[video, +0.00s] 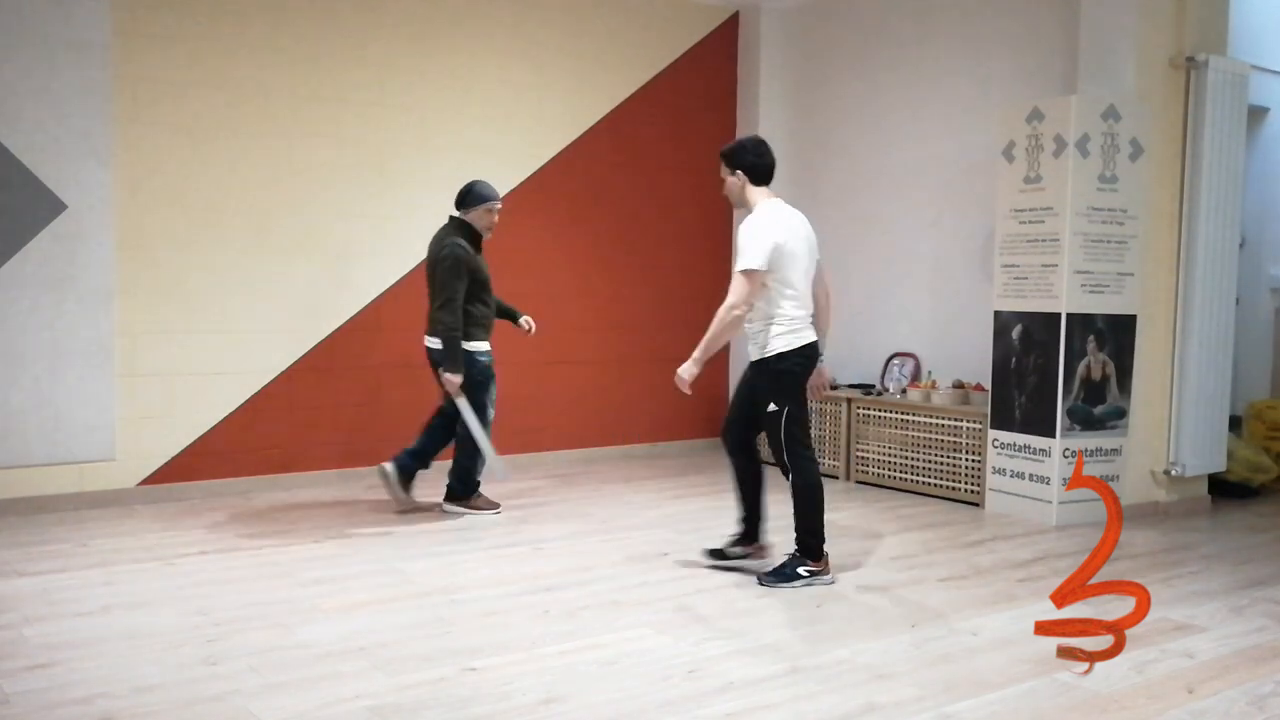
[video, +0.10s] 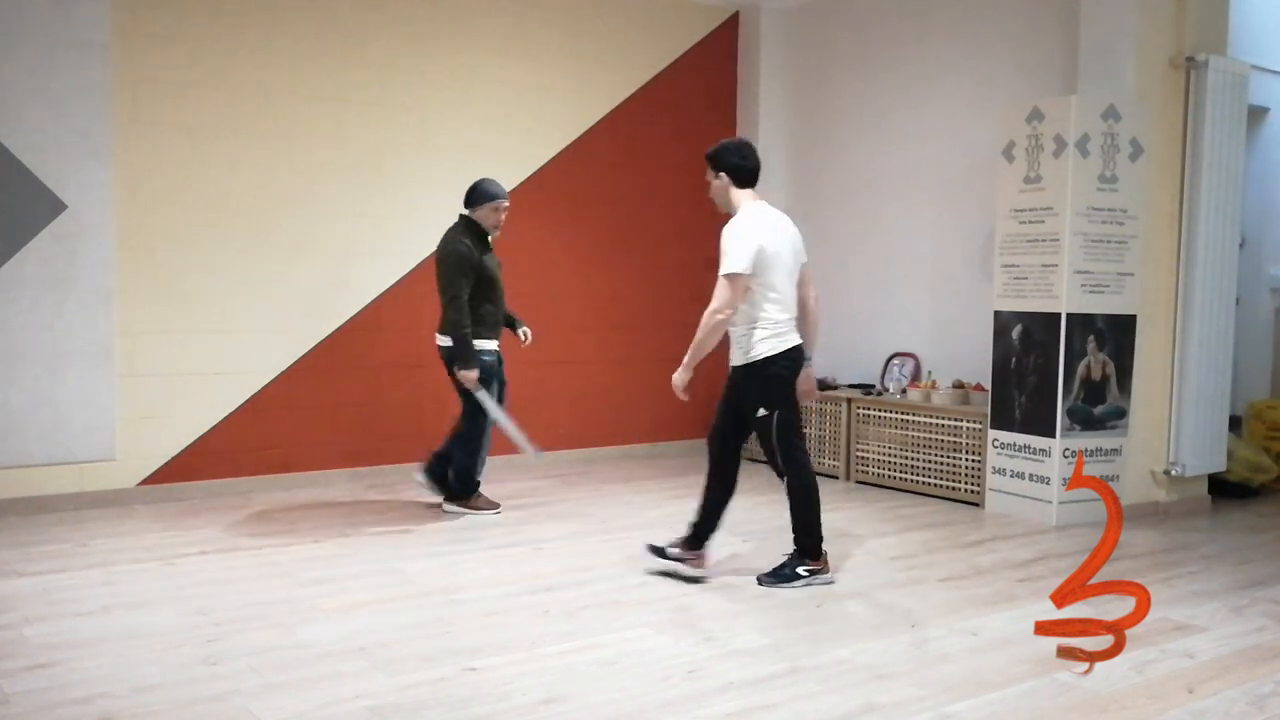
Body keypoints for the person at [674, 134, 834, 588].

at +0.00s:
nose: (722, 185)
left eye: (724, 176)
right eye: (722, 176)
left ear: (740, 176)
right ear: (763, 175)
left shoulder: (757, 224)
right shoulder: (796, 219)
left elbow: (738, 306)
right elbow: (821, 293)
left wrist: (696, 360)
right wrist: (817, 355)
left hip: (777, 355)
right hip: (797, 349)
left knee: (795, 454)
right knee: (737, 435)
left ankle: (811, 557)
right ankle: (751, 537)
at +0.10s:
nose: (708, 188)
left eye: (710, 178)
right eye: (708, 179)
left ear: (725, 177)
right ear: (750, 177)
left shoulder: (740, 228)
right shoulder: (784, 223)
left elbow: (723, 308)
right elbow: (807, 298)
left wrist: (687, 365)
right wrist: (806, 362)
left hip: (757, 362)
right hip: (785, 356)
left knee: (724, 447)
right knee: (793, 457)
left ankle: (695, 545)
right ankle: (811, 556)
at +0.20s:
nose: (691, 192)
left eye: (692, 182)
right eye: (691, 183)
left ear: (706, 180)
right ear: (733, 180)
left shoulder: (722, 230)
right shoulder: (765, 228)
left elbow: (708, 311)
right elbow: (789, 302)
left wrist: (680, 371)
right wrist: (787, 366)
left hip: (737, 366)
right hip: (765, 361)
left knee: (707, 462)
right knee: (774, 461)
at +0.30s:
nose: (671, 189)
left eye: (672, 179)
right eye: (672, 179)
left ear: (685, 179)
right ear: (712, 179)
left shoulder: (704, 224)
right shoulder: (743, 226)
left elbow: (696, 305)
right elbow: (763, 307)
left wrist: (673, 372)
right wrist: (761, 371)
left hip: (714, 366)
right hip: (734, 362)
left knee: (734, 459)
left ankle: (797, 542)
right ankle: (664, 555)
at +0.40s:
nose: (655, 184)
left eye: (655, 175)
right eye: (656, 175)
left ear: (666, 175)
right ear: (697, 176)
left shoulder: (686, 215)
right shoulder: (723, 220)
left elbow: (681, 296)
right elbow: (727, 302)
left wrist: (663, 368)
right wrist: (723, 378)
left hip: (697, 354)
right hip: (715, 352)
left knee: (682, 451)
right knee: (677, 451)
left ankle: (764, 528)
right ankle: (662, 556)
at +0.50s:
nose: (642, 181)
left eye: (642, 173)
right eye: (641, 173)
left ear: (652, 172)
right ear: (685, 173)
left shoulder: (669, 214)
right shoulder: (709, 218)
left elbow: (664, 293)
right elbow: (718, 302)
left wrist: (644, 365)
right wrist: (708, 349)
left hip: (679, 351)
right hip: (704, 349)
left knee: (646, 450)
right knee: (670, 451)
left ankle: (722, 532)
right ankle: (663, 556)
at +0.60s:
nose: (630, 177)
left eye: (629, 170)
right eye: (630, 170)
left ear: (639, 170)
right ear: (675, 170)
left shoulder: (652, 213)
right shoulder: (699, 218)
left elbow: (643, 295)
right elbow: (706, 306)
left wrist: (620, 367)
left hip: (661, 352)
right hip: (694, 349)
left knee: (620, 450)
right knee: (666, 450)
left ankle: (662, 553)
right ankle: (662, 552)